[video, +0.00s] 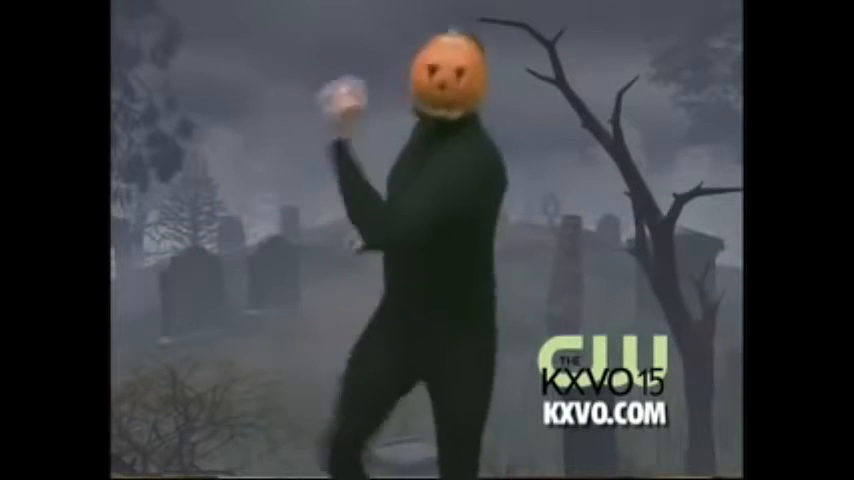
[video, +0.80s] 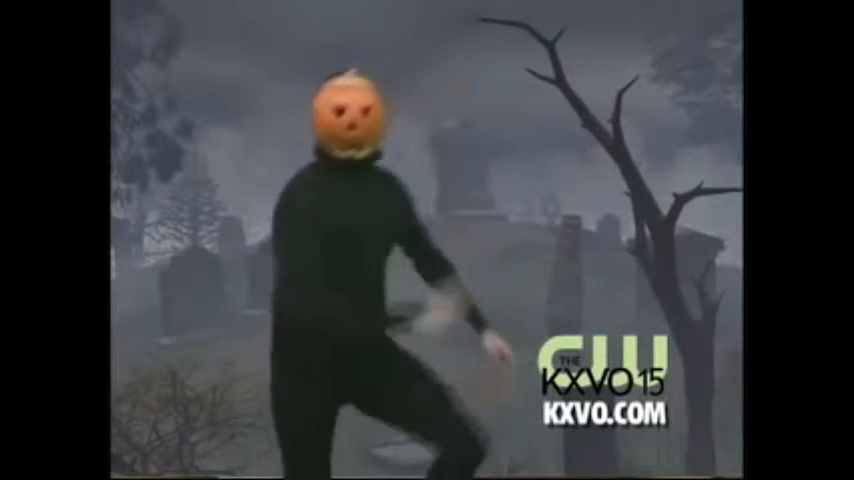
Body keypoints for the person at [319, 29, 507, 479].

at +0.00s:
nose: (443, 79)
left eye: (459, 72)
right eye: (432, 68)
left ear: (478, 87)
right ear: (415, 78)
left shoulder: (476, 158)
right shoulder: (422, 141)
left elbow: (386, 230)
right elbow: (429, 232)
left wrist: (340, 142)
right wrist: (379, 237)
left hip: (460, 335)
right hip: (400, 325)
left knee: (458, 469)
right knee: (342, 450)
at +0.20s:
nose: (447, 95)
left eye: (461, 87)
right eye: (436, 84)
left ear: (479, 102)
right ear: (416, 95)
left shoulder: (478, 177)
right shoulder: (409, 157)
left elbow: (404, 250)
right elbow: (389, 218)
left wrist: (332, 199)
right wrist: (342, 242)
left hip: (460, 350)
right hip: (396, 342)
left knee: (461, 470)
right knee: (344, 458)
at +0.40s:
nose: (425, 106)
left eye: (438, 100)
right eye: (414, 96)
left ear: (456, 119)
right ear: (393, 112)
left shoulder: (468, 191)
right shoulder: (366, 171)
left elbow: (438, 277)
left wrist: (358, 271)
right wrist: (323, 209)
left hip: (445, 349)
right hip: (374, 341)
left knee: (459, 465)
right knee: (313, 435)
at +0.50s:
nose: (413, 67)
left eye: (427, 61)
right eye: (401, 58)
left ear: (444, 80)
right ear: (379, 74)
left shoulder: (459, 149)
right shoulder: (348, 139)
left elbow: (434, 243)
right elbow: (284, 178)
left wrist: (402, 325)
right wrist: (287, 223)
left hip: (424, 317)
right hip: (352, 313)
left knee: (438, 461)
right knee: (323, 456)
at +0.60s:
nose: (393, 73)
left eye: (407, 65)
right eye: (379, 64)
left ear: (423, 79)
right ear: (359, 78)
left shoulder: (444, 152)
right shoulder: (324, 148)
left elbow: (451, 250)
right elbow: (258, 215)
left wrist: (446, 344)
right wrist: (282, 291)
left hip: (405, 338)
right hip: (334, 338)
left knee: (421, 466)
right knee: (322, 467)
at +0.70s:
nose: (368, 95)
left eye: (381, 86)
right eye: (354, 86)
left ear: (398, 98)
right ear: (334, 101)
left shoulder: (414, 178)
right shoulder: (310, 174)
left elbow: (450, 268)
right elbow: (261, 272)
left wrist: (482, 354)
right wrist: (317, 349)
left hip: (385, 355)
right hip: (316, 356)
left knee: (409, 471)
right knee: (316, 472)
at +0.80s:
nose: (352, 120)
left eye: (365, 110)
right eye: (338, 111)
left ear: (381, 120)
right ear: (318, 124)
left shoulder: (385, 189)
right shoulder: (302, 195)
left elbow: (430, 262)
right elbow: (301, 305)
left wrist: (482, 329)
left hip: (367, 355)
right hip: (305, 361)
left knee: (465, 444)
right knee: (306, 472)